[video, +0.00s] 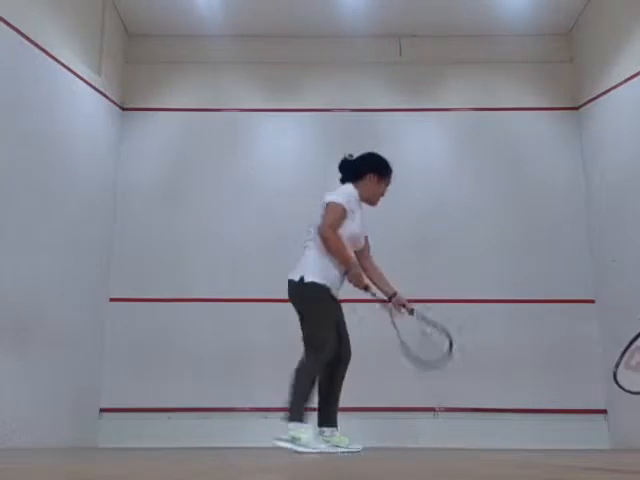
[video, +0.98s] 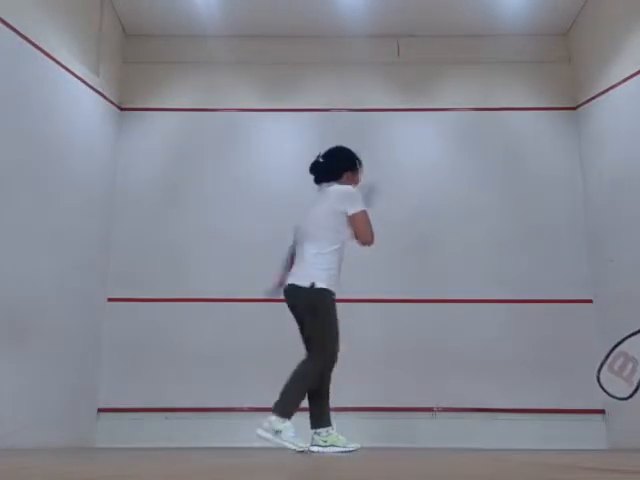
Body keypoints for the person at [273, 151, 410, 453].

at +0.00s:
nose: (383, 193)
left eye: (386, 188)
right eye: (383, 185)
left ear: (370, 182)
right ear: (368, 178)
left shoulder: (357, 215)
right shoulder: (343, 196)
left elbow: (366, 261)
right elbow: (327, 232)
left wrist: (391, 294)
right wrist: (351, 267)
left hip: (324, 289)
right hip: (308, 285)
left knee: (340, 354)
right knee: (320, 349)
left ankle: (327, 429)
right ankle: (295, 423)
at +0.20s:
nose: (376, 197)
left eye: (378, 192)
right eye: (376, 189)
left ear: (363, 185)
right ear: (361, 181)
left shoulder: (349, 221)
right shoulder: (335, 194)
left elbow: (363, 265)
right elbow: (305, 216)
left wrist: (393, 297)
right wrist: (319, 256)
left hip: (320, 294)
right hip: (297, 286)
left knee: (334, 353)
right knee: (291, 354)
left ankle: (326, 432)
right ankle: (271, 430)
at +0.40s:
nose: (370, 195)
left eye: (372, 189)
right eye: (369, 187)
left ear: (355, 182)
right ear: (353, 179)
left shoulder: (344, 222)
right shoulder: (325, 193)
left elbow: (362, 264)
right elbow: (287, 202)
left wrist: (397, 292)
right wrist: (283, 222)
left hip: (311, 294)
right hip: (289, 285)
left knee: (324, 354)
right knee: (286, 353)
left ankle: (325, 432)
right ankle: (270, 430)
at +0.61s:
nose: (365, 194)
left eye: (367, 188)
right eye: (364, 187)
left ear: (351, 182)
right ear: (348, 179)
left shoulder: (340, 219)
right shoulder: (324, 192)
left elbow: (360, 258)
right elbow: (291, 198)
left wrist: (399, 288)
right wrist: (294, 226)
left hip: (307, 292)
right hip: (287, 284)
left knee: (320, 355)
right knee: (284, 353)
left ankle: (323, 432)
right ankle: (268, 431)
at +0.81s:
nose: (361, 191)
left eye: (362, 185)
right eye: (360, 183)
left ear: (341, 178)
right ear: (345, 177)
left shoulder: (327, 201)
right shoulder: (332, 191)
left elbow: (340, 253)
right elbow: (339, 234)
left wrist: (356, 292)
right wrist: (359, 245)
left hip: (311, 290)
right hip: (296, 286)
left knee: (320, 358)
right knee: (293, 356)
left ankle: (322, 431)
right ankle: (269, 430)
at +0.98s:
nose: (358, 178)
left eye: (358, 172)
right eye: (357, 172)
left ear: (328, 174)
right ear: (348, 173)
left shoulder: (317, 201)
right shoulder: (346, 195)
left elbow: (299, 243)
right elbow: (366, 238)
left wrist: (283, 277)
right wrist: (358, 204)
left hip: (298, 287)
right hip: (316, 289)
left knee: (321, 356)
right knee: (323, 356)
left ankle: (322, 430)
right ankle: (278, 419)